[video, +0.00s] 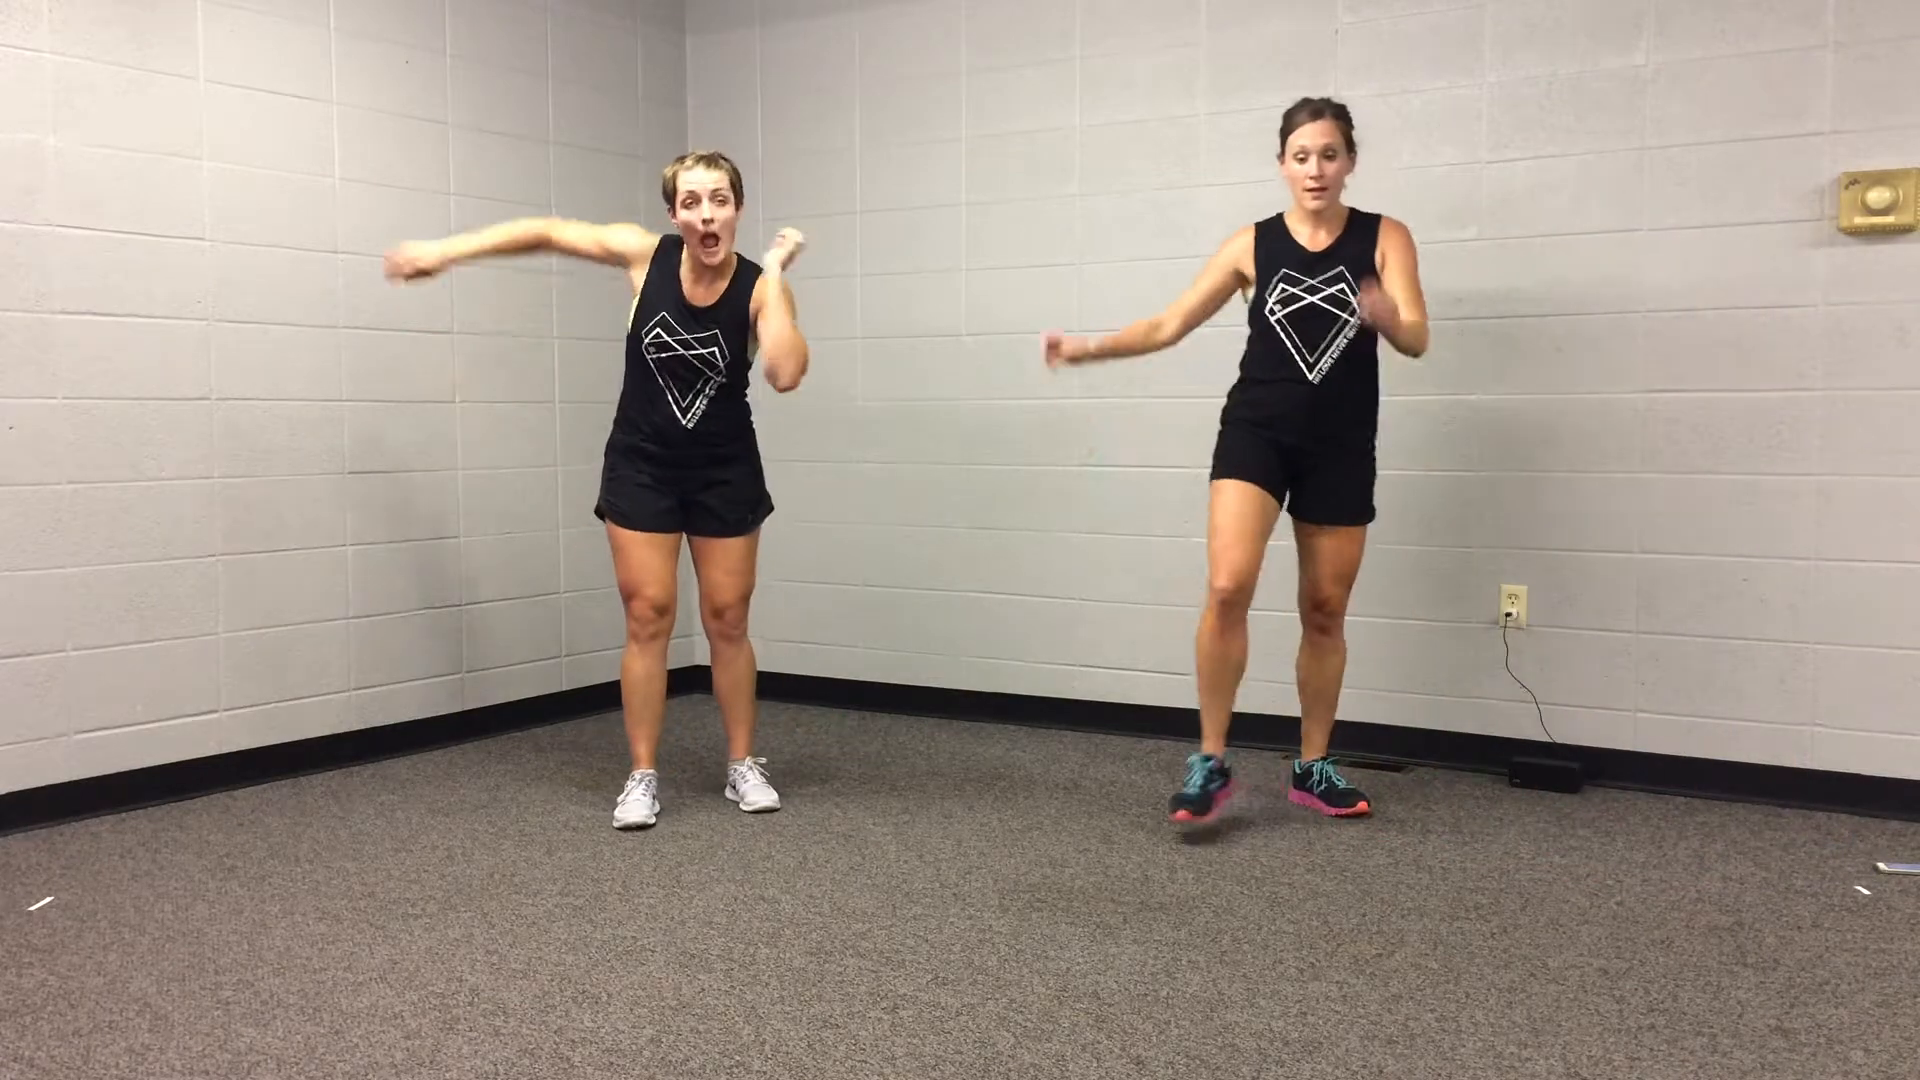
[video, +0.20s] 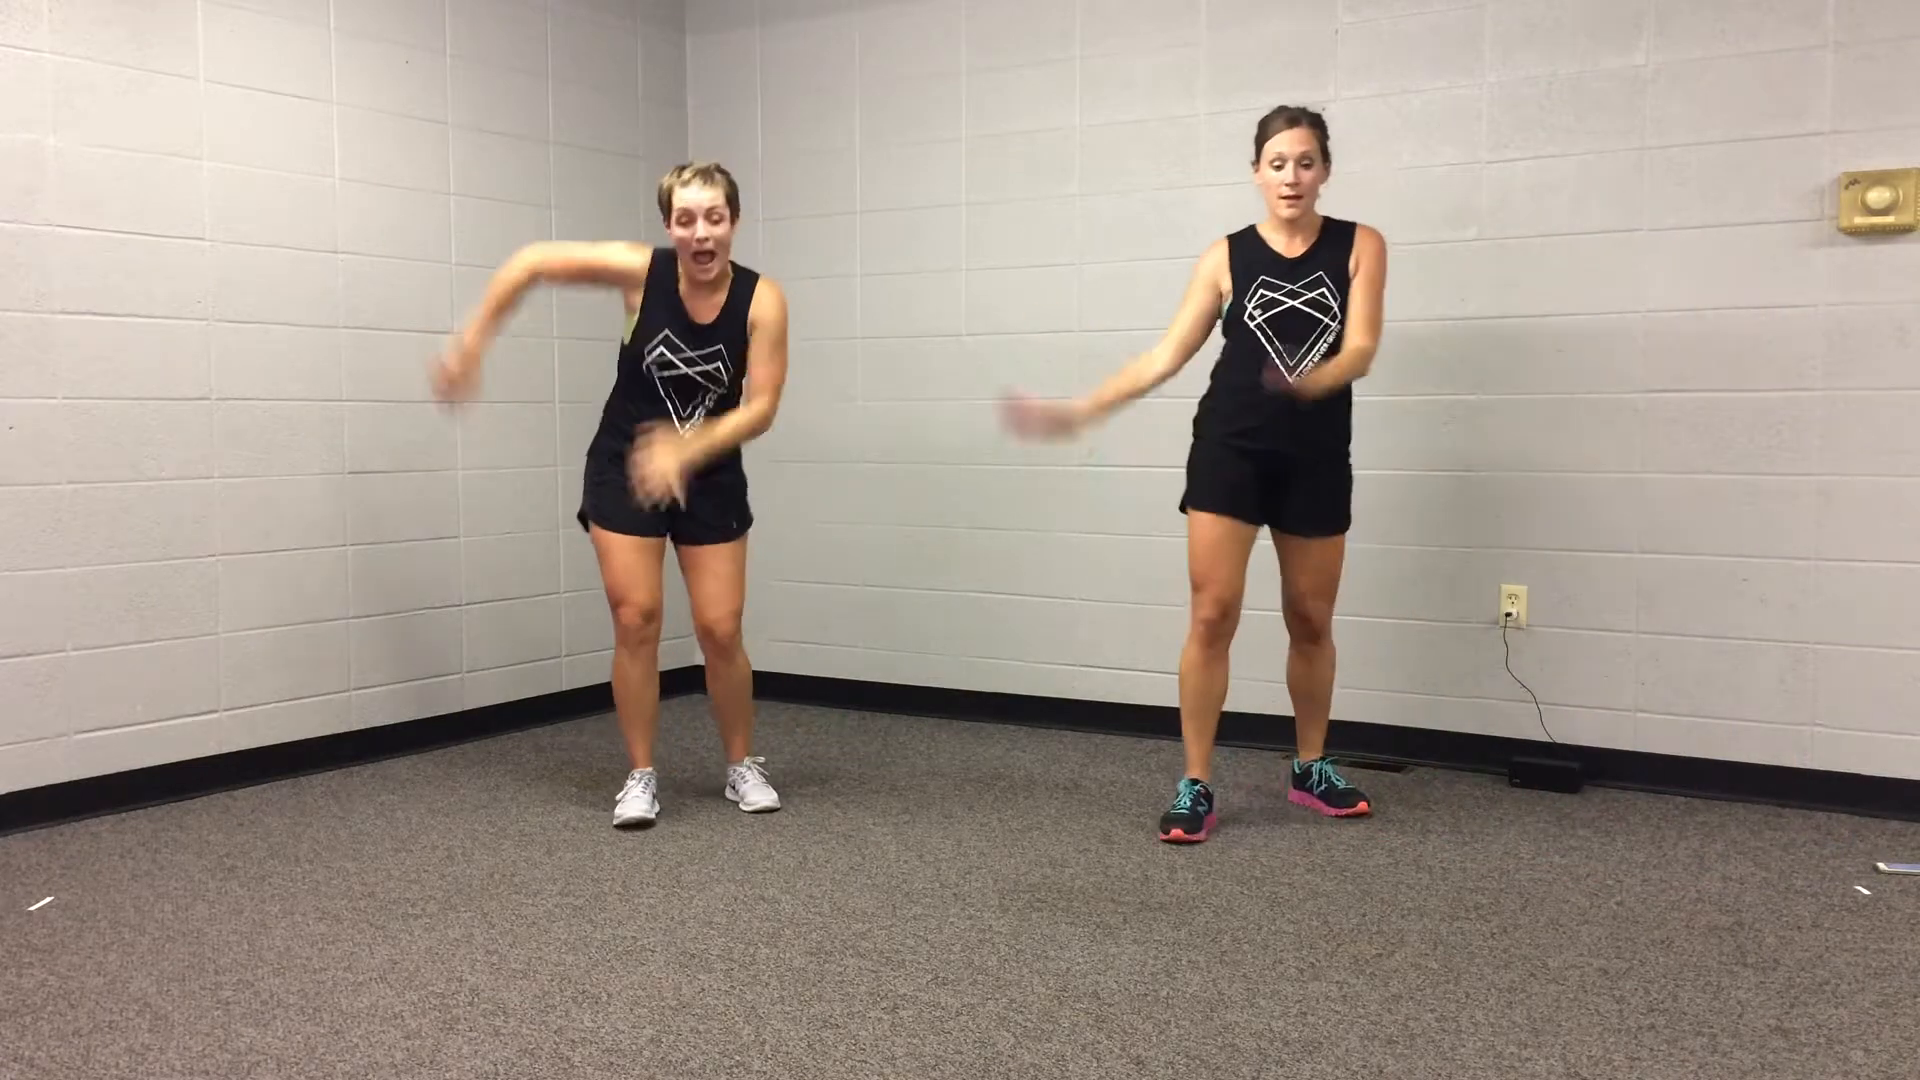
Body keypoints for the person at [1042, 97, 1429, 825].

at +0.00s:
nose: (1316, 168)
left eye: (1330, 155)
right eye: (1303, 156)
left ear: (1351, 163)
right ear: (1282, 165)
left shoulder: (1384, 238)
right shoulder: (1253, 245)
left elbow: (1417, 341)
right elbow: (1166, 326)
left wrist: (1388, 320)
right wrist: (1088, 348)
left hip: (1341, 443)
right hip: (1256, 433)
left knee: (1325, 608)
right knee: (1227, 588)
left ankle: (1313, 764)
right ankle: (1210, 759)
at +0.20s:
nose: (1292, 175)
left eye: (1306, 162)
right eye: (1278, 163)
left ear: (1326, 173)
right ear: (1257, 173)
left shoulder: (1359, 245)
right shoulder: (1226, 257)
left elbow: (1360, 346)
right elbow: (1165, 357)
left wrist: (1314, 381)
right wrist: (1076, 412)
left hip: (1316, 454)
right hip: (1230, 448)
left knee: (1311, 620)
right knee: (1212, 616)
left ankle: (1312, 765)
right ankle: (1195, 782)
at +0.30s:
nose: (1280, 184)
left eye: (1294, 171)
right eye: (1267, 172)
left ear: (1314, 180)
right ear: (1245, 181)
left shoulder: (1347, 258)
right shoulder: (1212, 267)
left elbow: (1332, 371)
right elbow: (1177, 376)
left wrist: (1306, 472)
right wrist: (1133, 479)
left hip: (1303, 460)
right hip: (1215, 460)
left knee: (1328, 639)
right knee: (1202, 620)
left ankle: (1309, 756)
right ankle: (1194, 780)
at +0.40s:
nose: (1273, 191)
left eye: (1288, 178)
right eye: (1259, 178)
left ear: (1306, 189)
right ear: (1238, 187)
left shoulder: (1339, 268)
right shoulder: (1204, 278)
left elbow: (1355, 383)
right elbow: (1201, 398)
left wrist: (1376, 492)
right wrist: (1196, 509)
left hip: (1301, 478)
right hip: (1212, 473)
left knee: (1370, 617)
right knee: (1198, 623)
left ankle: (1316, 750)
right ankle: (1190, 781)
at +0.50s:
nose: (1278, 179)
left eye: (1293, 167)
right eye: (1265, 166)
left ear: (1310, 177)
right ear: (1241, 173)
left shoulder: (1339, 258)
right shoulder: (1211, 262)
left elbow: (1388, 361)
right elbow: (1190, 373)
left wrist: (1449, 410)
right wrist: (1258, 441)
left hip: (1318, 459)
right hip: (1226, 460)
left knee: (1393, 602)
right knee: (1209, 628)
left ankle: (1385, 788)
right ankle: (1193, 782)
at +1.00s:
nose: (1300, 173)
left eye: (1316, 158)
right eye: (1286, 161)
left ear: (1348, 164)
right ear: (1274, 173)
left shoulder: (1402, 237)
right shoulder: (1261, 269)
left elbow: (1465, 336)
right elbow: (1219, 377)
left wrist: (1451, 371)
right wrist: (1187, 433)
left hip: (1366, 466)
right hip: (1263, 457)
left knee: (1414, 644)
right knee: (1149, 595)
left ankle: (1462, 838)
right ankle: (1137, 762)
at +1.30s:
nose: (1259, 219)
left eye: (1276, 204)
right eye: (1248, 203)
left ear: (1307, 208)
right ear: (1233, 209)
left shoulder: (1340, 285)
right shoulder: (1203, 287)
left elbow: (1364, 412)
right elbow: (1143, 397)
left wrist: (1324, 381)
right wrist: (1084, 397)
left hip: (1267, 492)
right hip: (1171, 477)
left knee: (1343, 654)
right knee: (1120, 642)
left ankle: (1446, 834)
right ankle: (1126, 810)